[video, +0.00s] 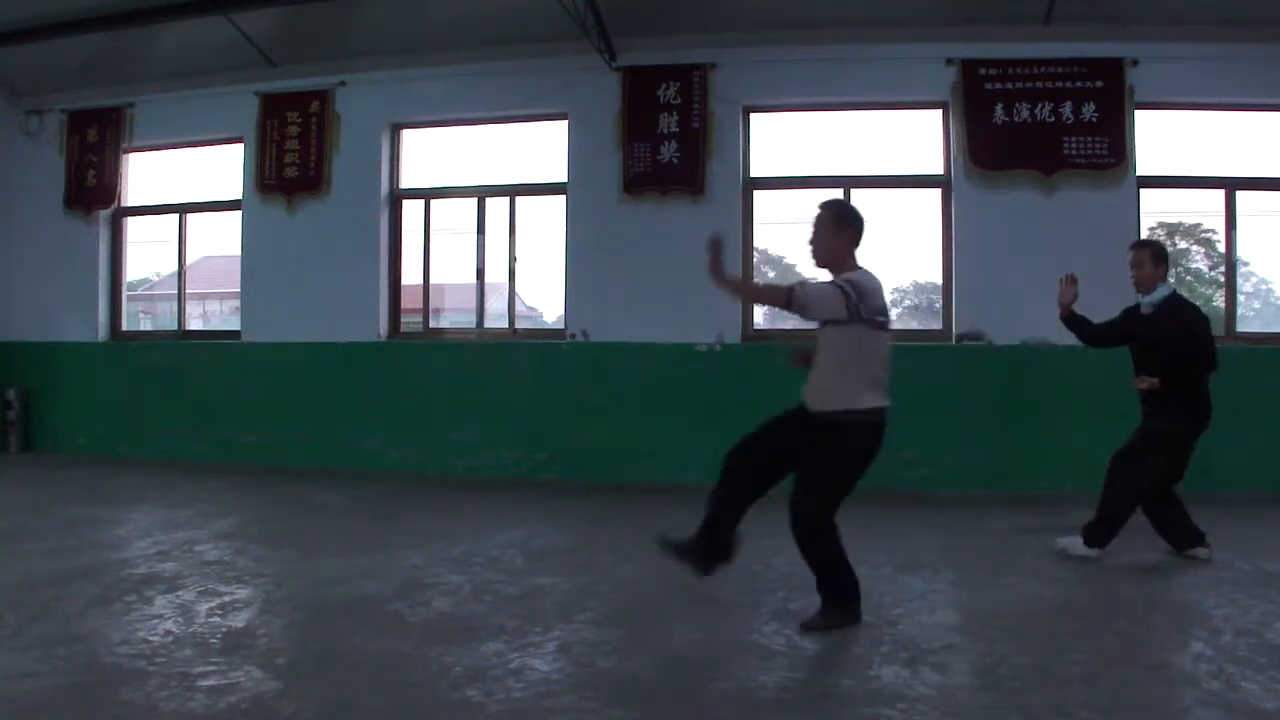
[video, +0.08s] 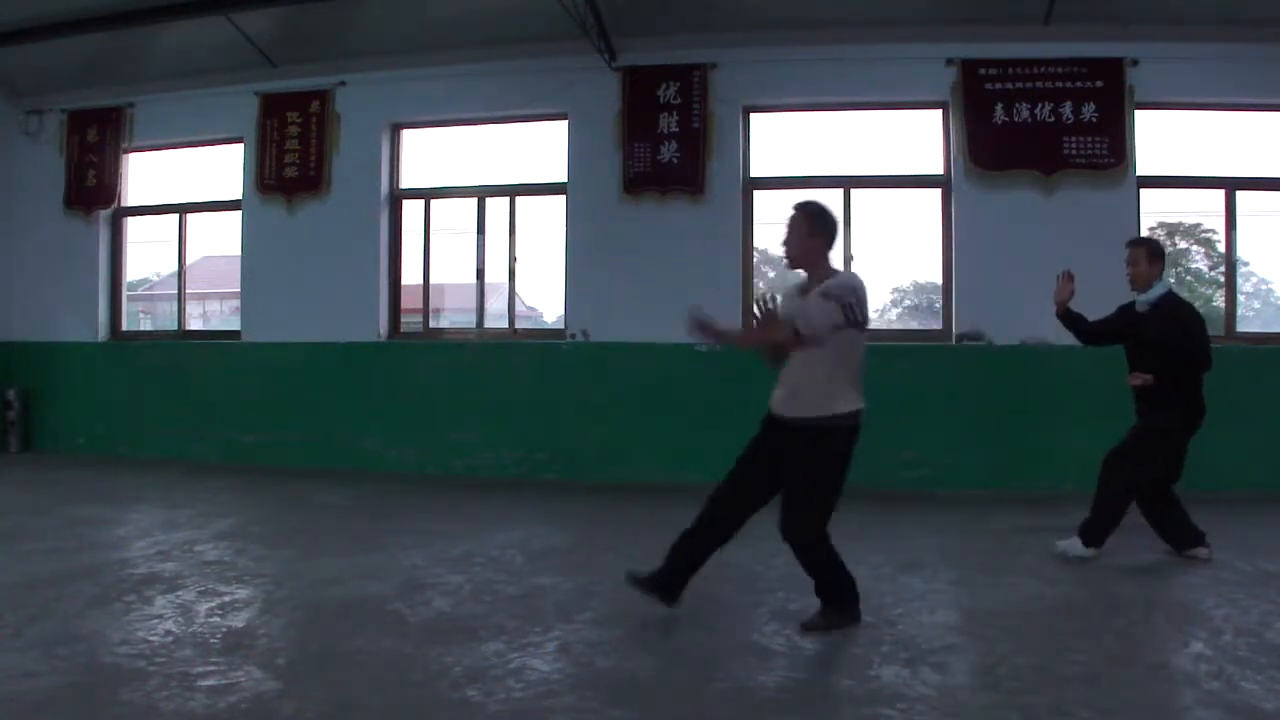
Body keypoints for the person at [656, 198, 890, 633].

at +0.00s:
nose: (811, 239)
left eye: (819, 230)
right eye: (813, 230)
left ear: (845, 236)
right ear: (842, 238)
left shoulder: (860, 288)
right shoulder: (842, 290)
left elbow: (790, 297)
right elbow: (858, 353)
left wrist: (724, 280)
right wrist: (816, 358)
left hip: (854, 424)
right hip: (815, 416)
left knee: (810, 513)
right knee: (745, 463)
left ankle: (842, 605)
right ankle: (709, 548)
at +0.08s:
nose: (784, 240)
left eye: (792, 232)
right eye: (787, 232)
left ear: (816, 238)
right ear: (812, 239)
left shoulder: (846, 289)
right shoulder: (796, 296)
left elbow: (793, 332)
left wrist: (725, 336)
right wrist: (765, 331)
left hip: (829, 427)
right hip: (784, 424)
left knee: (802, 526)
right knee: (729, 504)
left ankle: (843, 606)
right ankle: (669, 581)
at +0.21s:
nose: (753, 252)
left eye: (761, 245)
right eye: (754, 244)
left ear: (786, 252)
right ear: (761, 252)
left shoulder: (819, 306)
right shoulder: (746, 305)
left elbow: (822, 369)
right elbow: (691, 334)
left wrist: (769, 359)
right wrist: (689, 294)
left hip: (804, 436)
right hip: (758, 433)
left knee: (776, 531)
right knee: (707, 512)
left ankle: (839, 602)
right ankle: (659, 596)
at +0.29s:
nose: (717, 270)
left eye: (724, 262)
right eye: (717, 262)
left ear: (751, 266)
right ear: (737, 266)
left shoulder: (777, 316)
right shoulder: (733, 313)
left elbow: (749, 369)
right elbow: (687, 335)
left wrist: (715, 310)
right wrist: (656, 297)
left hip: (785, 444)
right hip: (746, 443)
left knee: (744, 534)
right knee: (688, 515)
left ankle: (820, 591)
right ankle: (652, 601)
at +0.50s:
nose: (686, 280)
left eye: (690, 270)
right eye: (685, 272)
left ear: (715, 269)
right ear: (723, 271)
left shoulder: (737, 313)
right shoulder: (741, 313)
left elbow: (667, 336)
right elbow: (724, 377)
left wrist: (633, 286)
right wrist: (679, 354)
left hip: (781, 441)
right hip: (749, 442)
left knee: (751, 533)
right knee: (695, 517)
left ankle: (809, 604)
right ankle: (654, 600)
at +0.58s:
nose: (684, 277)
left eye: (688, 267)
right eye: (683, 268)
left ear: (713, 266)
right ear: (718, 268)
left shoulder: (734, 309)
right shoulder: (742, 308)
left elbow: (660, 331)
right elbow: (725, 372)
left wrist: (620, 281)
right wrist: (683, 349)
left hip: (779, 438)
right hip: (751, 440)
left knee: (751, 530)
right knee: (700, 521)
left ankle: (810, 605)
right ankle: (653, 601)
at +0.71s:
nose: (687, 277)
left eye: (690, 266)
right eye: (685, 267)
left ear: (716, 262)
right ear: (721, 264)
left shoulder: (732, 308)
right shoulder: (748, 303)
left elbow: (656, 328)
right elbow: (724, 365)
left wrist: (615, 280)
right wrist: (682, 346)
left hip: (775, 438)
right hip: (750, 438)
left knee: (752, 533)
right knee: (698, 523)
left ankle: (810, 604)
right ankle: (653, 602)